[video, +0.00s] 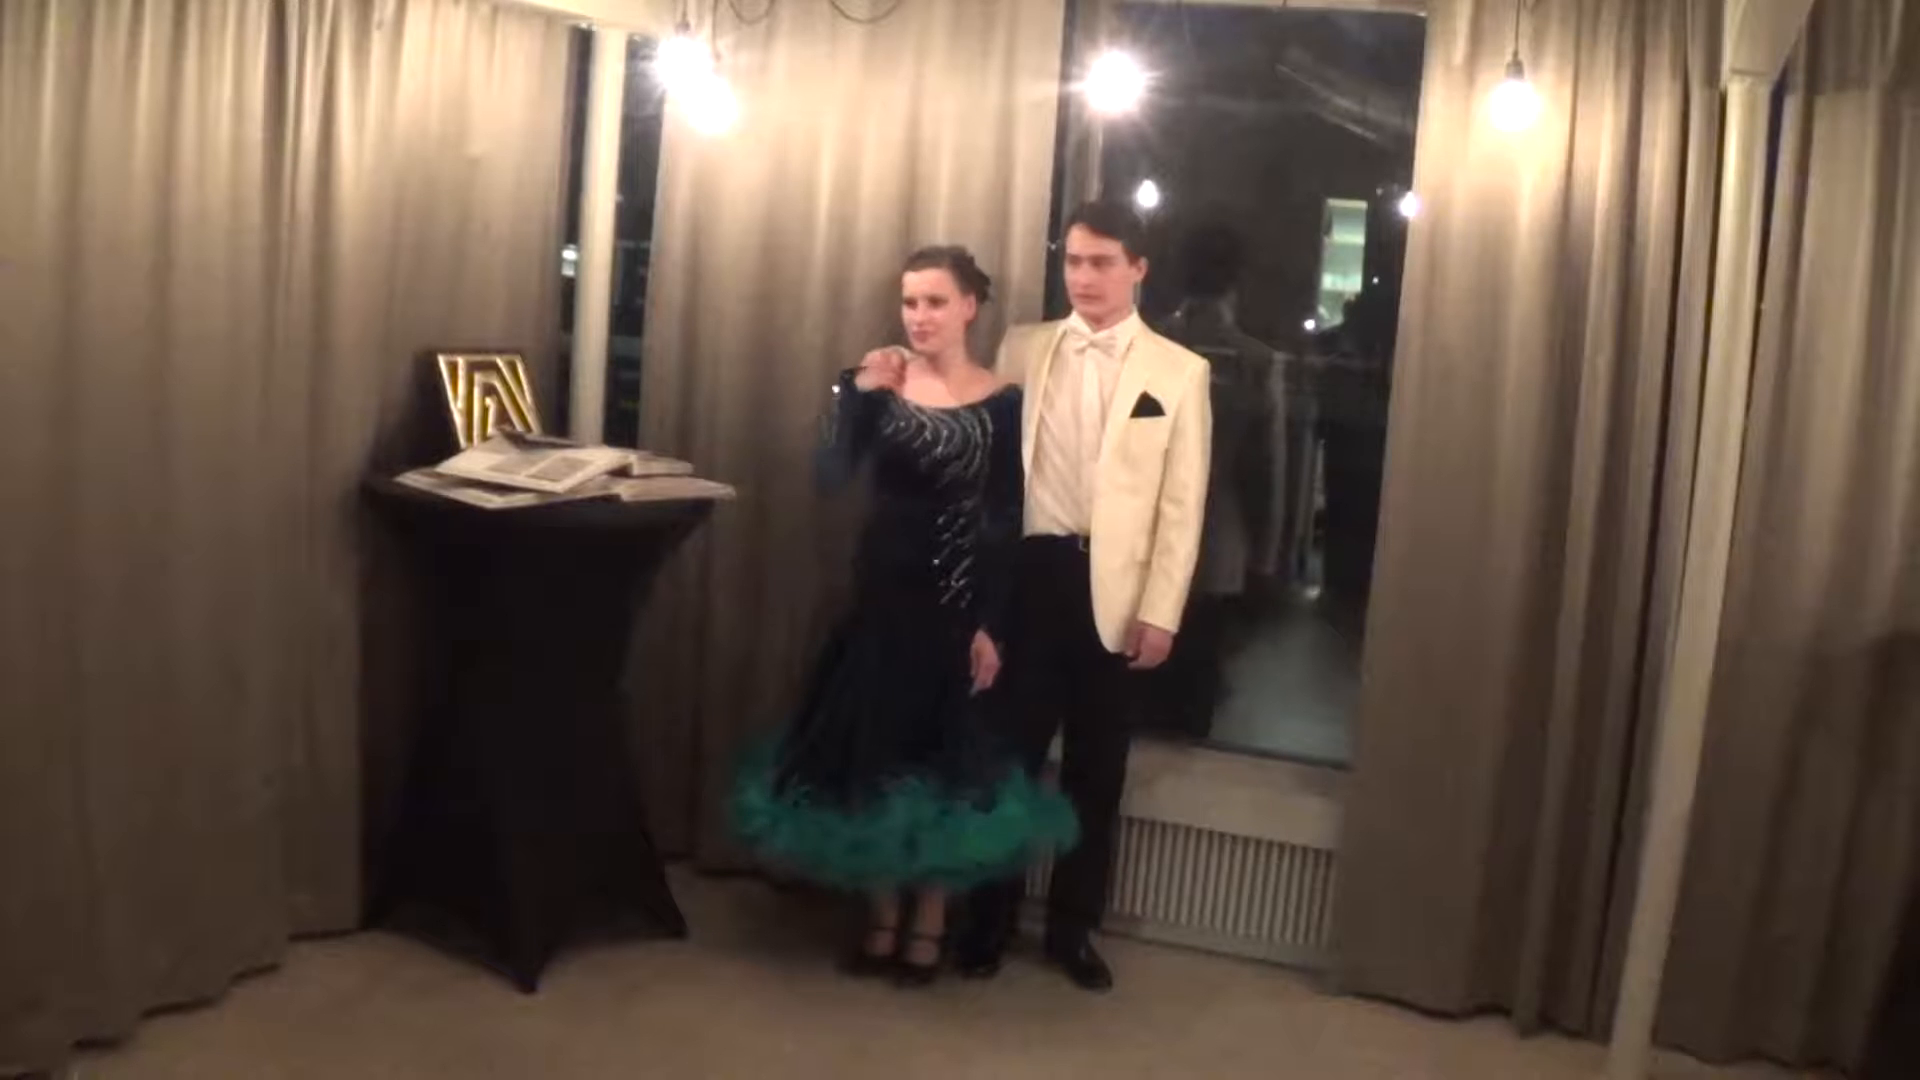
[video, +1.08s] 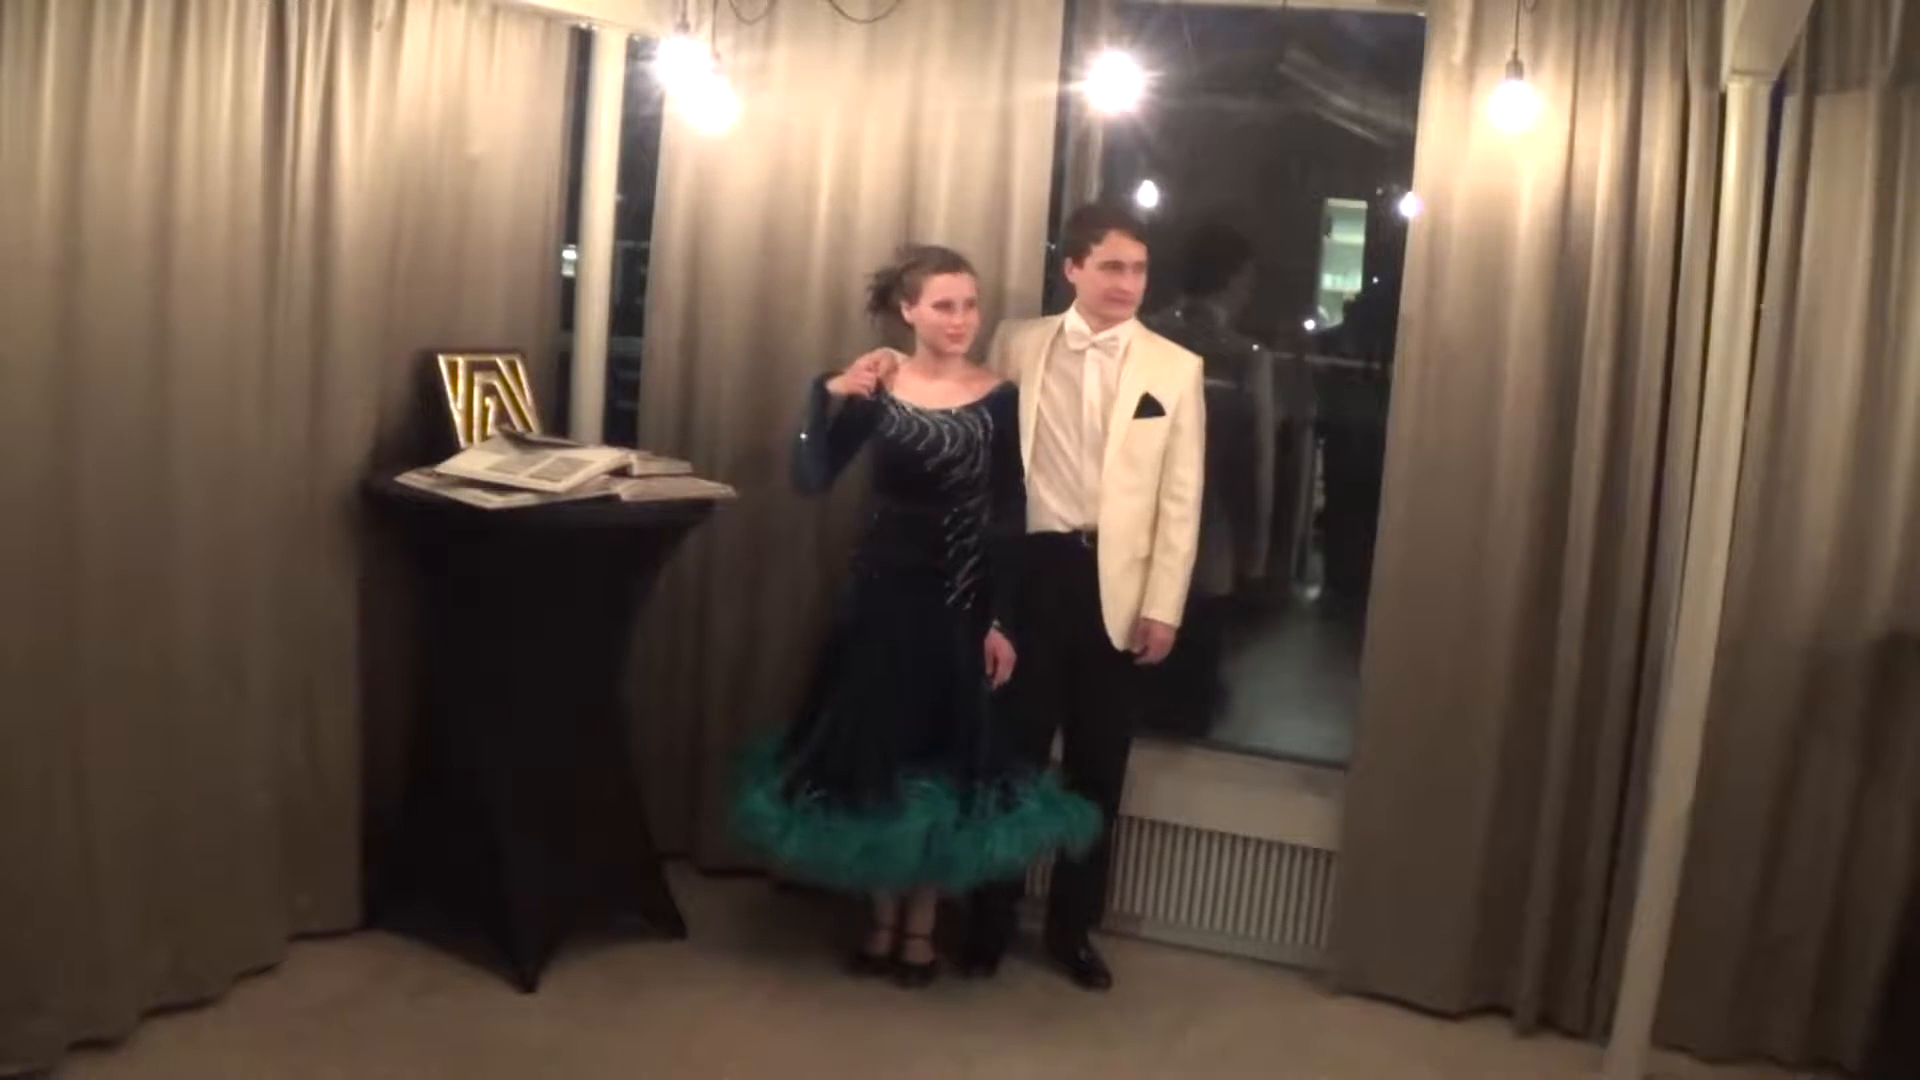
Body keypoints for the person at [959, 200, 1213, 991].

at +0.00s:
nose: (1083, 277)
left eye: (1100, 262)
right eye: (1073, 261)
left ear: (1138, 271)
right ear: (1061, 266)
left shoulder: (1181, 373)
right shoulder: (1026, 350)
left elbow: (1183, 503)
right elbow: (985, 460)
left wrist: (1162, 610)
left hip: (1113, 585)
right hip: (1024, 572)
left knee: (1096, 772)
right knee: (1007, 749)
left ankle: (1073, 931)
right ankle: (983, 925)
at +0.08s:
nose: (1081, 276)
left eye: (1099, 262)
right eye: (1071, 261)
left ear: (1137, 271)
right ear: (1060, 266)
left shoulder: (1180, 373)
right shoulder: (1025, 349)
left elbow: (1182, 503)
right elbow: (984, 458)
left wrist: (1161, 610)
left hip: (1113, 585)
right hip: (1024, 572)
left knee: (1096, 771)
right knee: (1007, 749)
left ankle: (1073, 931)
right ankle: (983, 925)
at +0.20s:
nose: (1082, 277)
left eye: (1099, 262)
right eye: (1071, 261)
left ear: (1136, 270)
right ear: (1060, 266)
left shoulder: (1180, 372)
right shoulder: (1026, 349)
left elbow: (1181, 503)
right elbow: (981, 455)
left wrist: (1160, 609)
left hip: (1112, 584)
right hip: (1024, 571)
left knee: (1096, 770)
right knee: (1010, 747)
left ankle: (1073, 931)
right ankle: (986, 925)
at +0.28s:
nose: (1082, 276)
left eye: (1099, 261)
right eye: (1072, 259)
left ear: (1136, 270)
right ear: (1059, 265)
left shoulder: (1180, 372)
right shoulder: (1025, 349)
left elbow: (1181, 503)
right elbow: (983, 457)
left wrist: (1160, 609)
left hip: (1111, 584)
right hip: (1023, 572)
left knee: (1096, 770)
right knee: (1009, 748)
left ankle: (1073, 931)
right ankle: (986, 924)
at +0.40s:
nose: (1084, 275)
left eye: (1101, 260)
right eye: (1073, 259)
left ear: (1136, 269)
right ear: (1060, 265)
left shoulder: (1179, 371)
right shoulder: (1024, 348)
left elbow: (1180, 502)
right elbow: (983, 456)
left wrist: (1160, 608)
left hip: (1112, 584)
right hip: (1023, 571)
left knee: (1096, 769)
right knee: (1009, 747)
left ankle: (1073, 930)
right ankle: (985, 925)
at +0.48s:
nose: (1088, 275)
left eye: (1104, 260)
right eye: (1076, 259)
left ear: (1136, 269)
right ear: (1060, 266)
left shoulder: (1179, 371)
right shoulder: (1023, 348)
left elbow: (1180, 502)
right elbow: (981, 453)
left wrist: (1160, 609)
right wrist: (898, 369)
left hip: (1112, 584)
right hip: (1023, 572)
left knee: (1096, 769)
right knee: (1008, 747)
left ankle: (1073, 930)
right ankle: (985, 924)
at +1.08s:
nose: (1127, 283)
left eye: (1138, 270)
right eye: (1111, 266)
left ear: (1150, 281)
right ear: (1071, 270)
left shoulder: (1177, 370)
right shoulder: (1019, 344)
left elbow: (1182, 499)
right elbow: (972, 446)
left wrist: (1164, 604)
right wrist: (890, 372)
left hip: (1114, 580)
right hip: (1024, 568)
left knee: (1099, 763)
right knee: (1010, 744)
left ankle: (1072, 929)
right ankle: (984, 922)